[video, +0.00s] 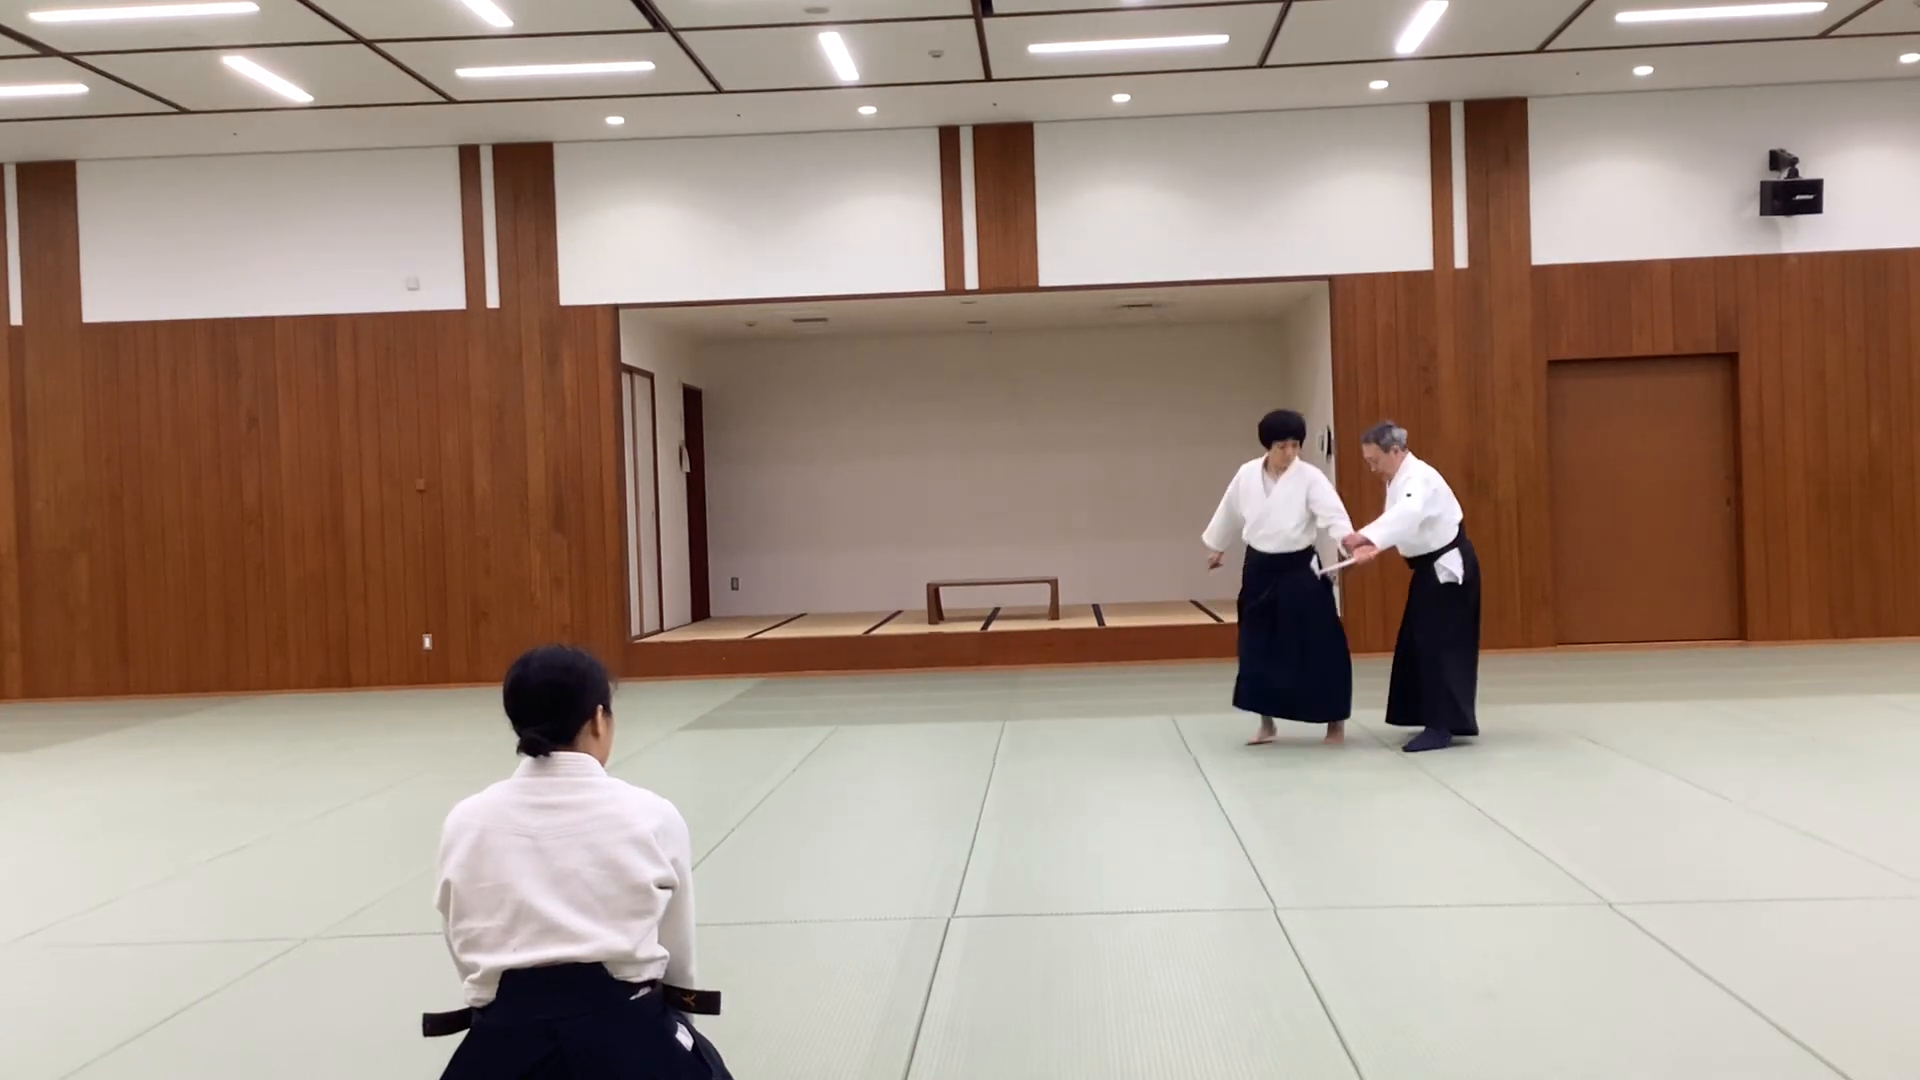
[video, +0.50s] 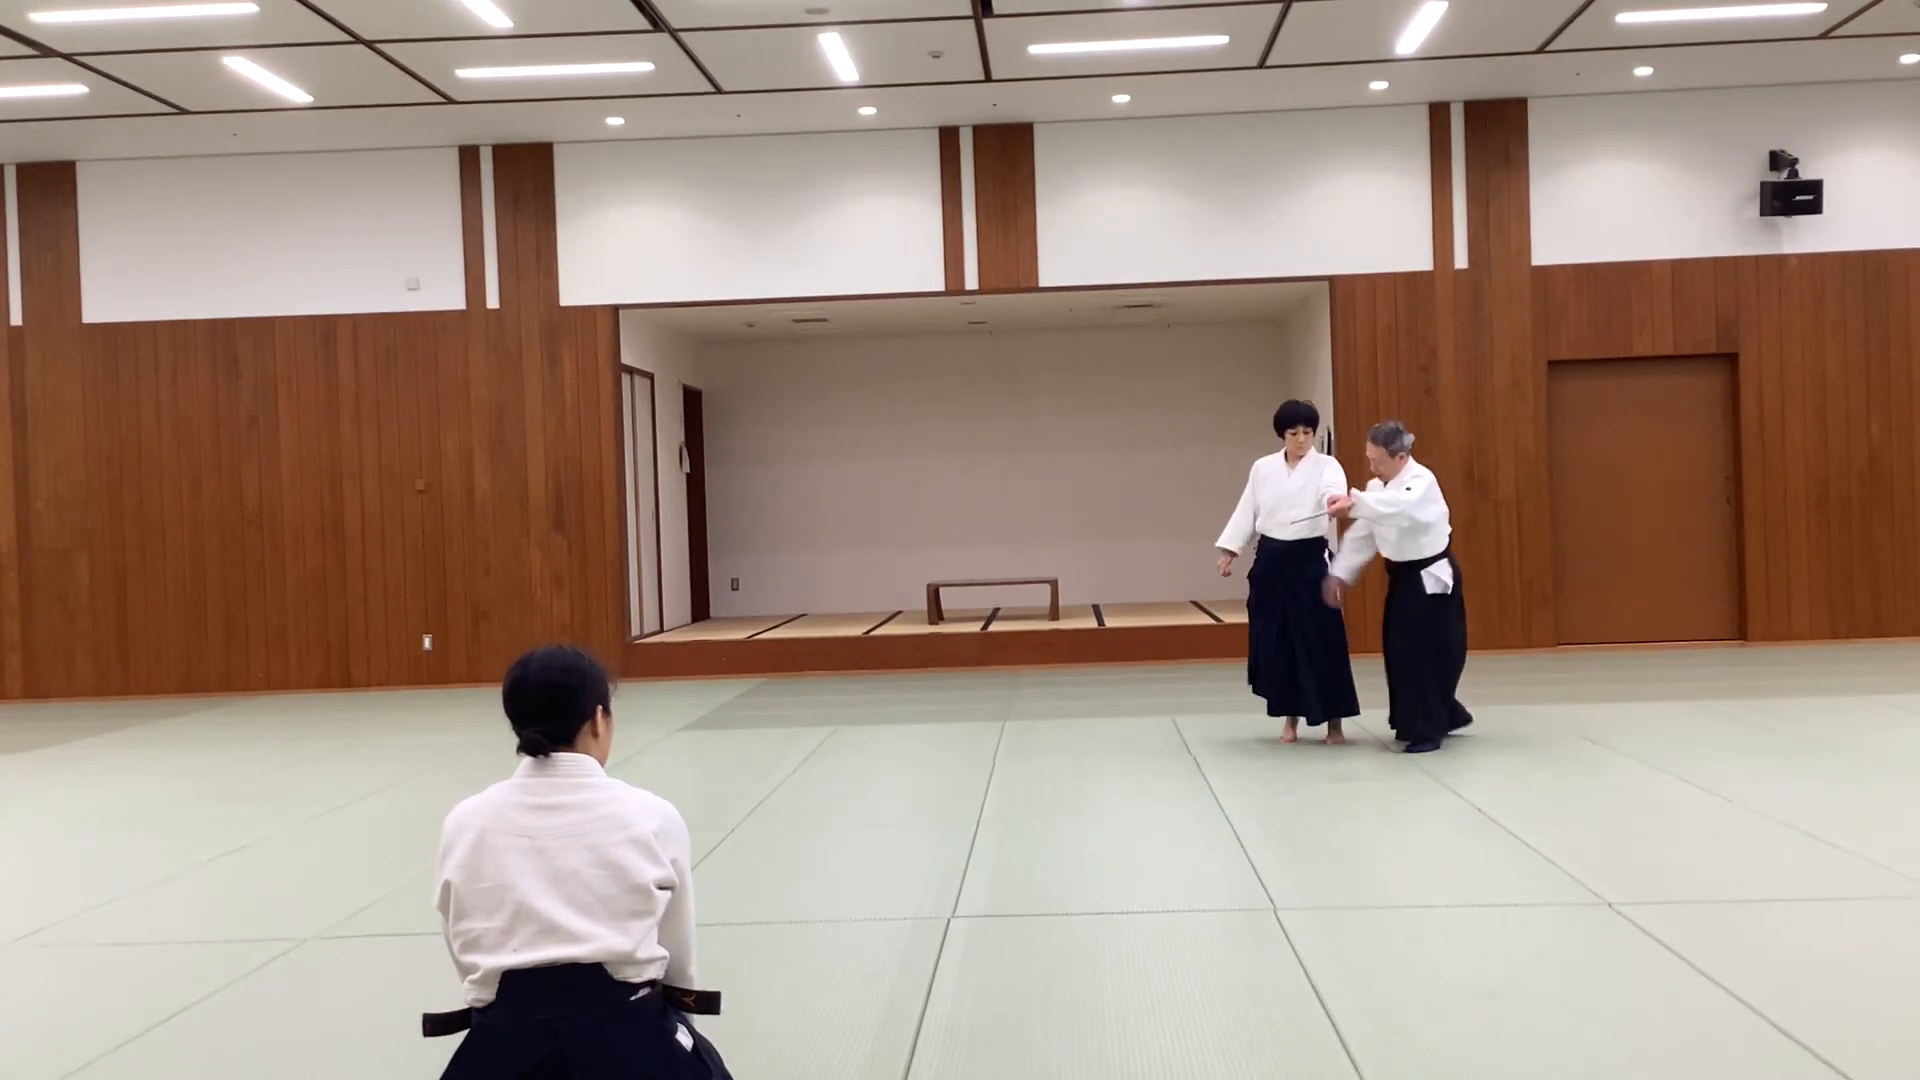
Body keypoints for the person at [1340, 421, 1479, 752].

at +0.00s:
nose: (1370, 467)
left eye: (1373, 460)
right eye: (1368, 461)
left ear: (1395, 451)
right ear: (1391, 454)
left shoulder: (1418, 478)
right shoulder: (1399, 480)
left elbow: (1404, 517)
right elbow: (1399, 522)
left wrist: (1364, 535)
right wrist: (1375, 546)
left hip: (1447, 566)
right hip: (1429, 567)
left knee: (1434, 643)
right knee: (1426, 642)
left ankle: (1439, 726)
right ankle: (1444, 721)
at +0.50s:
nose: (1370, 465)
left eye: (1375, 459)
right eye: (1368, 459)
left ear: (1398, 455)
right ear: (1374, 454)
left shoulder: (1421, 480)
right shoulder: (1377, 487)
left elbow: (1400, 506)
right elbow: (1360, 535)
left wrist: (1354, 502)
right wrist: (1338, 573)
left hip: (1431, 576)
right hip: (1401, 577)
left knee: (1424, 650)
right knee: (1400, 649)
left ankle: (1426, 730)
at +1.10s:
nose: (1291, 515)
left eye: (1297, 510)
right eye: (1290, 508)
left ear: (1318, 506)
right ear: (1289, 501)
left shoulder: (1349, 524)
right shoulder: (1279, 534)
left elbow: (1358, 582)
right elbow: (1283, 583)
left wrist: (1318, 613)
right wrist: (1302, 614)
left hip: (1354, 602)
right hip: (1308, 606)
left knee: (1379, 668)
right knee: (1281, 668)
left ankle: (1414, 735)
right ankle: (1252, 742)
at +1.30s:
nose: (1244, 522)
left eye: (1250, 516)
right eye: (1241, 514)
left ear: (1270, 509)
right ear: (1239, 508)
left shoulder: (1305, 523)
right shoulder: (1233, 536)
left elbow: (1308, 576)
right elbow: (1207, 579)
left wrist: (1268, 612)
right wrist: (1190, 627)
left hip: (1328, 587)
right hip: (1280, 594)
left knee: (1358, 650)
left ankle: (1413, 724)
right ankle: (1252, 738)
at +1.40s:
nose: (1230, 509)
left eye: (1236, 501)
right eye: (1226, 502)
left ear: (1257, 493)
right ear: (1224, 499)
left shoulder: (1286, 514)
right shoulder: (1223, 525)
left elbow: (1297, 568)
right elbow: (1189, 557)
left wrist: (1243, 596)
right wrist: (1155, 597)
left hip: (1324, 584)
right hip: (1280, 592)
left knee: (1360, 647)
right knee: (1254, 655)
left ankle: (1411, 718)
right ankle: (1248, 738)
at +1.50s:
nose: (1230, 498)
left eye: (1235, 490)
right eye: (1224, 491)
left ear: (1253, 481)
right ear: (1219, 488)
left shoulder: (1286, 508)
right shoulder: (1220, 518)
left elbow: (1305, 558)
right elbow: (1182, 542)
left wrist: (1258, 587)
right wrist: (1148, 568)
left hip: (1320, 584)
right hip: (1274, 591)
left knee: (1360, 650)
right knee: (1254, 663)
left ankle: (1408, 718)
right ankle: (1247, 740)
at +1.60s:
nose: (1246, 488)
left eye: (1251, 479)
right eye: (1237, 483)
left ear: (1264, 474)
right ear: (1228, 484)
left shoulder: (1293, 502)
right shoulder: (1226, 512)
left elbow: (1315, 558)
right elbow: (1191, 533)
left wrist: (1291, 598)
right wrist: (1157, 547)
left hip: (1321, 580)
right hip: (1274, 586)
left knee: (1359, 655)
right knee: (1254, 663)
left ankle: (1404, 724)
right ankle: (1247, 741)